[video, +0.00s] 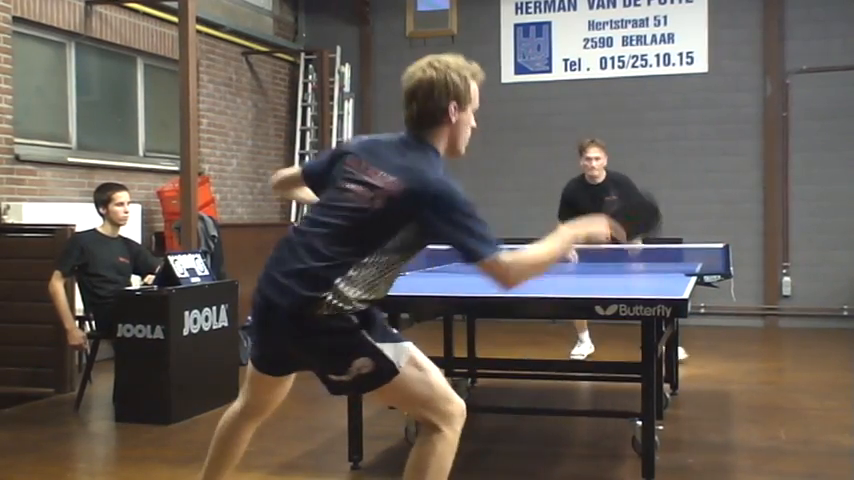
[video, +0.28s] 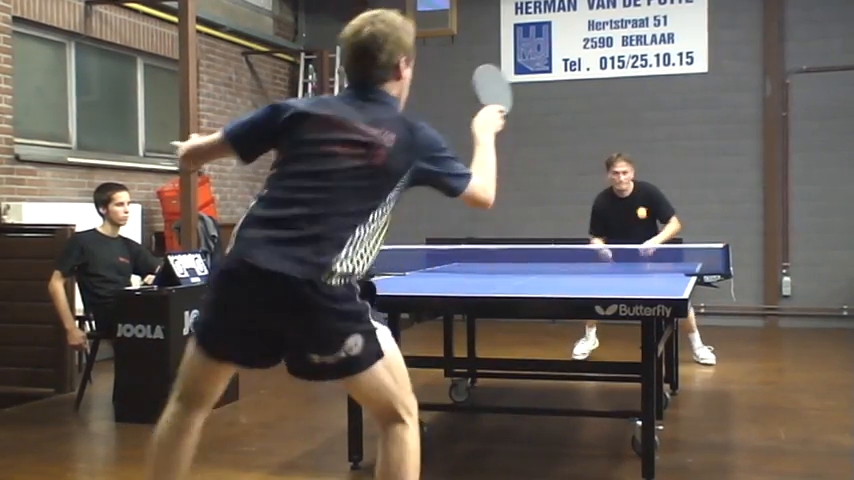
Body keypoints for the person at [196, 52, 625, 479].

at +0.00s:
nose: (476, 121)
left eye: (475, 109)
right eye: (473, 110)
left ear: (419, 109)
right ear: (452, 114)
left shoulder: (358, 148)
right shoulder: (434, 185)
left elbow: (283, 183)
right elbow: (508, 273)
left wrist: (324, 199)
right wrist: (569, 232)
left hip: (274, 298)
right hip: (330, 316)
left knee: (251, 406)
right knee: (447, 414)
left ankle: (209, 477)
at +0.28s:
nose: (413, 72)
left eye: (410, 62)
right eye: (411, 62)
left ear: (345, 65)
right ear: (402, 69)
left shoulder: (298, 111)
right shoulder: (411, 135)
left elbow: (199, 150)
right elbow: (483, 193)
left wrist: (188, 151)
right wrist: (486, 131)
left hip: (241, 277)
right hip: (319, 291)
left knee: (186, 406)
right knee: (398, 417)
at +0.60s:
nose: (276, 99)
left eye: (277, 90)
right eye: (276, 90)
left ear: (205, 91)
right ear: (264, 95)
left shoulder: (141, 139)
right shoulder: (259, 163)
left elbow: (35, 164)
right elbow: (364, 243)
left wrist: (26, 153)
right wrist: (376, 176)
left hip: (79, 340)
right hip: (172, 348)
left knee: (10, 462)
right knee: (295, 454)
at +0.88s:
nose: (180, 118)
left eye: (183, 106)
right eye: (182, 106)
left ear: (107, 100)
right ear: (166, 111)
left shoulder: (28, 156)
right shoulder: (139, 186)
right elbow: (231, 315)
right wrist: (285, 262)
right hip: (15, 378)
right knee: (127, 472)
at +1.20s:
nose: (230, 145)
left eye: (230, 128)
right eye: (226, 129)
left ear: (144, 122)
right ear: (194, 139)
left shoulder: (93, 158)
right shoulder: (102, 226)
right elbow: (142, 391)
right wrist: (281, 399)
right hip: (14, 398)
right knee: (123, 474)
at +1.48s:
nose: (467, 216)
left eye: (469, 202)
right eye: (467, 203)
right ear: (430, 210)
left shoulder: (324, 191)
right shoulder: (325, 269)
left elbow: (230, 147)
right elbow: (263, 434)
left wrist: (200, 118)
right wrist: (325, 465)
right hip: (125, 378)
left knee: (313, 431)